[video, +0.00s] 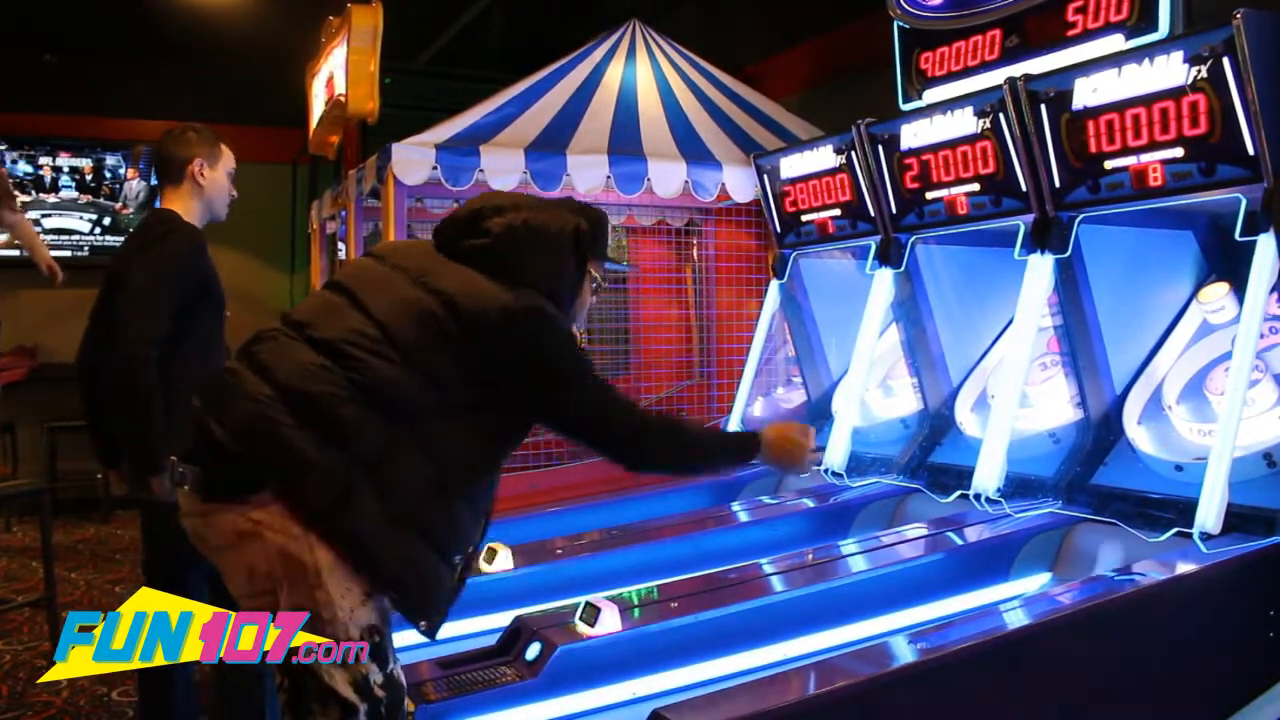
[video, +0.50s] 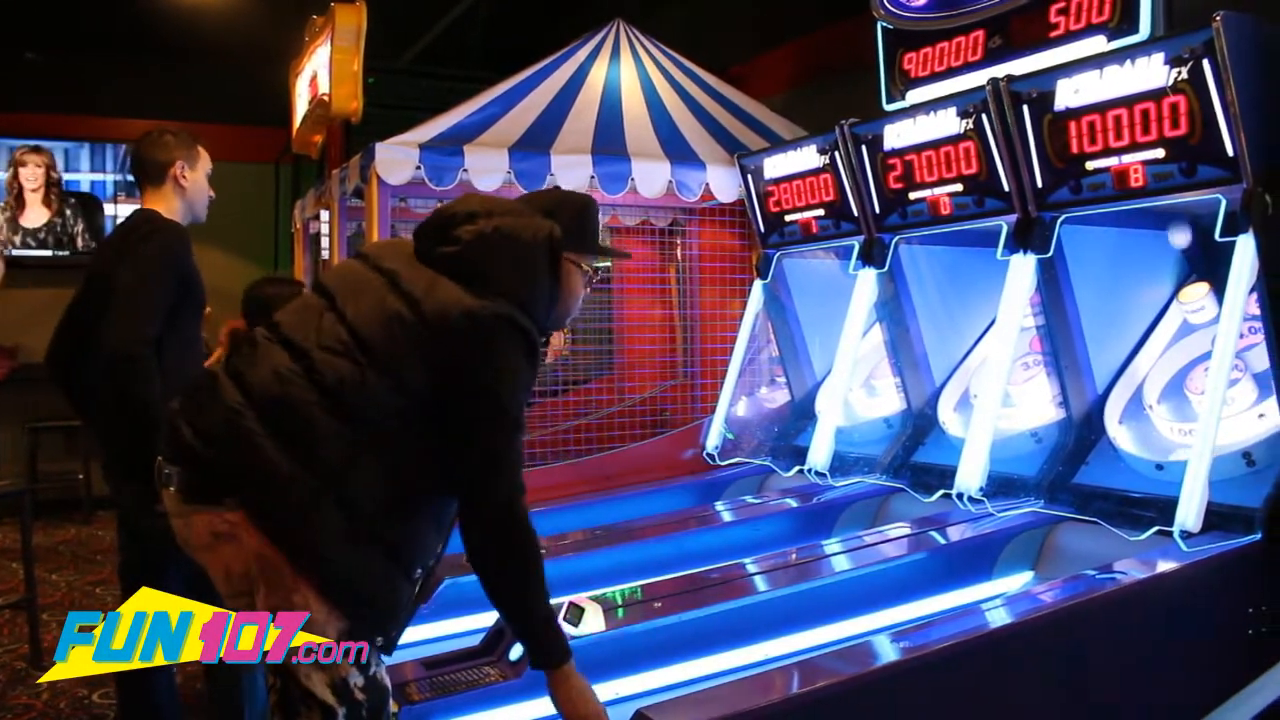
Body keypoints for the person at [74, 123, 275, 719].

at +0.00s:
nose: (234, 187)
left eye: (234, 173)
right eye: (230, 173)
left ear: (186, 173)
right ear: (199, 172)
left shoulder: (149, 239)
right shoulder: (177, 243)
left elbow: (96, 356)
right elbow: (140, 352)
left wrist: (120, 456)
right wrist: (156, 456)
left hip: (159, 462)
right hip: (184, 462)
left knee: (172, 608)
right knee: (197, 610)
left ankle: (168, 706)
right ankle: (179, 707)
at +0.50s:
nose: (212, 189)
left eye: (210, 175)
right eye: (208, 175)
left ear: (160, 176)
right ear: (180, 174)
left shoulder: (125, 242)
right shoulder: (165, 244)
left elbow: (66, 355)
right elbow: (137, 357)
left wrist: (122, 439)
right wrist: (169, 452)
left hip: (132, 463)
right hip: (165, 464)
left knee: (148, 615)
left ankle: (146, 707)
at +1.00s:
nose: (193, 190)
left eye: (192, 176)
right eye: (189, 176)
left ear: (129, 180)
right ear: (165, 174)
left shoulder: (101, 244)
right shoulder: (156, 240)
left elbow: (24, 342)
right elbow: (152, 356)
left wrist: (82, 412)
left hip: (113, 458)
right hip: (156, 462)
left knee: (129, 608)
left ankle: (126, 708)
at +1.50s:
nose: (187, 185)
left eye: (185, 172)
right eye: (183, 172)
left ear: (125, 178)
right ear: (157, 172)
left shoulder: (103, 239)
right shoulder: (152, 238)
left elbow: (50, 349)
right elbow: (160, 353)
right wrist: (211, 321)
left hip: (106, 448)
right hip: (144, 454)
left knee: (124, 593)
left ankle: (125, 706)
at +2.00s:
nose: (190, 178)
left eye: (190, 167)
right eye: (177, 164)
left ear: (134, 174)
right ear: (132, 170)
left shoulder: (105, 238)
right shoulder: (145, 239)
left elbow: (66, 349)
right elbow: (155, 360)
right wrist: (196, 323)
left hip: (111, 449)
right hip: (143, 455)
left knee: (128, 594)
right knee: (166, 595)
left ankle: (127, 707)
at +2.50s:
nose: (171, 173)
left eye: (177, 164)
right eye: (155, 161)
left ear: (181, 175)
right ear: (118, 171)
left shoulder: (112, 237)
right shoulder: (129, 241)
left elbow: (68, 348)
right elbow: (149, 357)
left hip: (114, 442)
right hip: (132, 447)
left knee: (131, 588)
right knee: (150, 592)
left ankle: (128, 704)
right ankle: (138, 705)